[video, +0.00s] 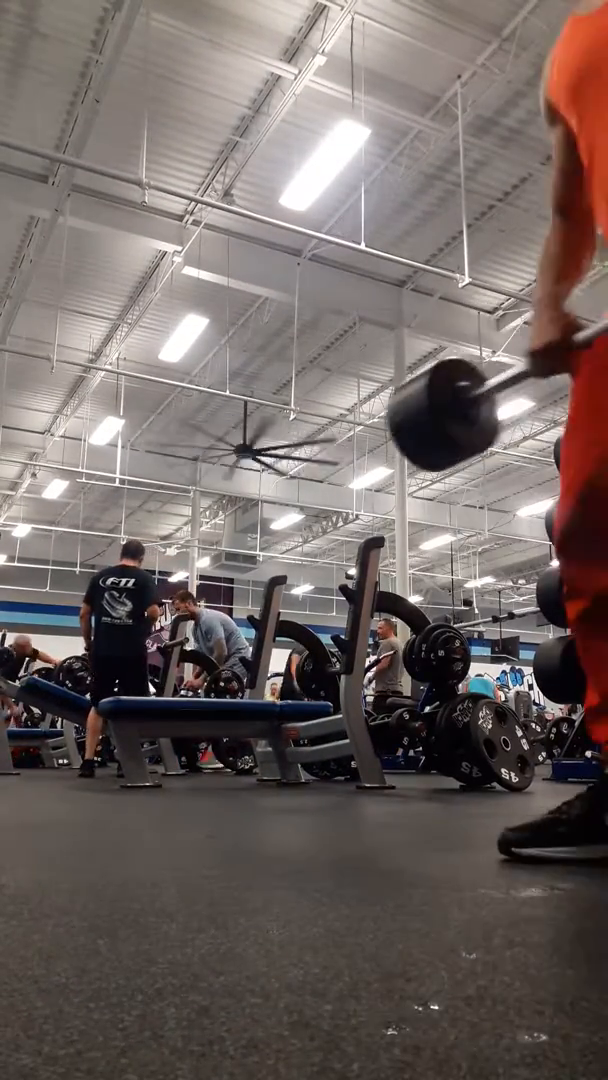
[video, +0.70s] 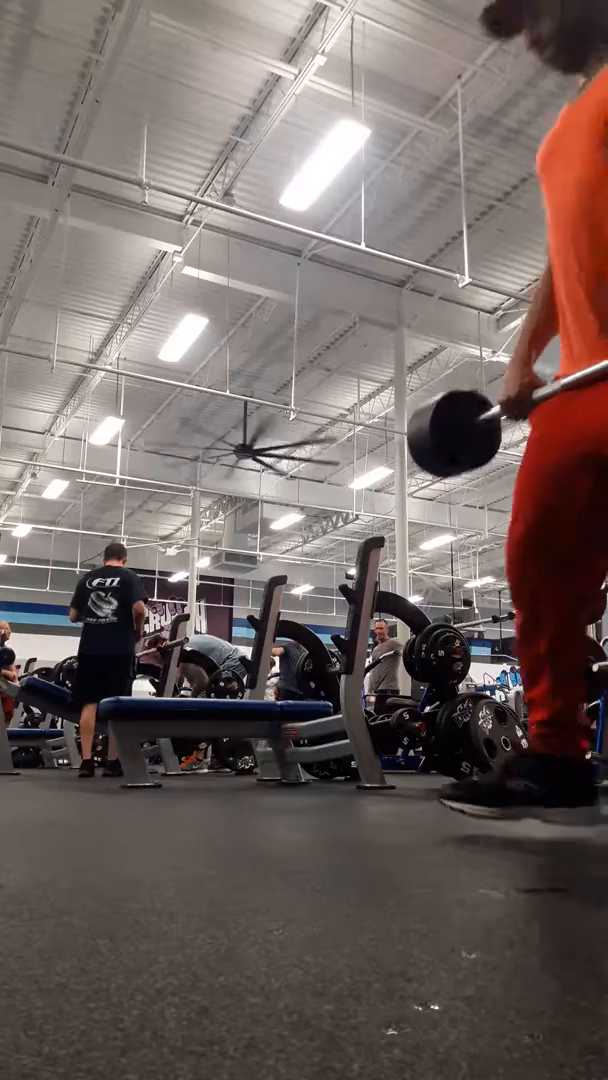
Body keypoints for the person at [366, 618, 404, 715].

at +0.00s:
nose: (378, 631)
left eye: (380, 628)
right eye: (378, 628)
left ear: (389, 628)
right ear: (389, 629)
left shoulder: (387, 643)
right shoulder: (397, 643)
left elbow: (384, 664)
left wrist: (371, 676)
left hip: (384, 692)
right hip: (396, 691)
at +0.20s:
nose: (380, 631)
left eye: (383, 628)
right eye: (379, 629)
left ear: (391, 630)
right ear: (377, 630)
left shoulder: (390, 644)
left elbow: (387, 667)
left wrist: (378, 685)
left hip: (387, 691)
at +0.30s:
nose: (382, 631)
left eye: (385, 628)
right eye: (380, 629)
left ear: (391, 630)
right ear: (377, 631)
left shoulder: (393, 644)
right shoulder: (383, 646)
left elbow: (396, 661)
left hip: (389, 690)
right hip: (382, 689)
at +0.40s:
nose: (382, 631)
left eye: (385, 628)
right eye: (380, 628)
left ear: (390, 630)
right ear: (377, 631)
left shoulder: (394, 644)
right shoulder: (379, 647)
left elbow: (401, 662)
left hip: (390, 688)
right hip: (380, 687)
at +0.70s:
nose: (379, 631)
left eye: (381, 628)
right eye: (377, 629)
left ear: (387, 630)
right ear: (375, 631)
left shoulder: (393, 642)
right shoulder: (375, 649)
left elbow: (407, 653)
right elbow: (373, 671)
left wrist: (398, 652)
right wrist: (370, 691)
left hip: (390, 688)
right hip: (378, 689)